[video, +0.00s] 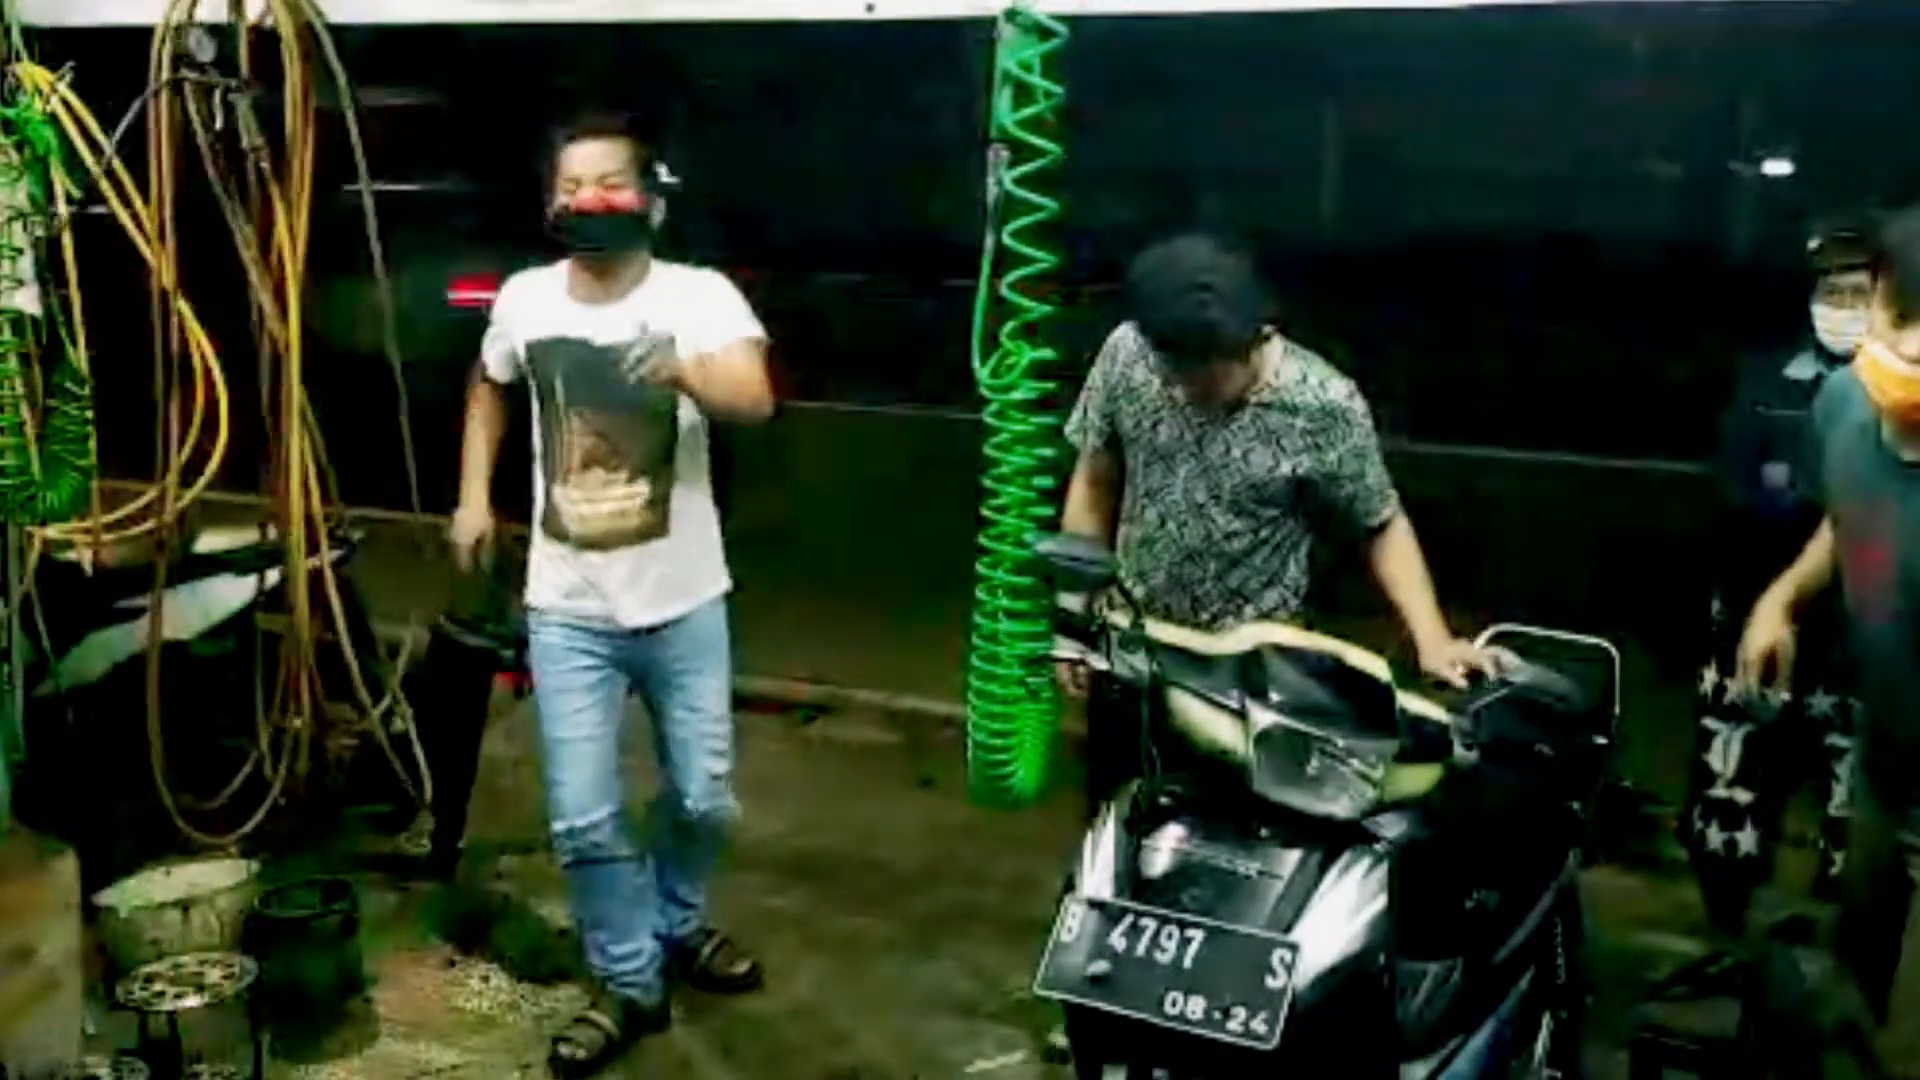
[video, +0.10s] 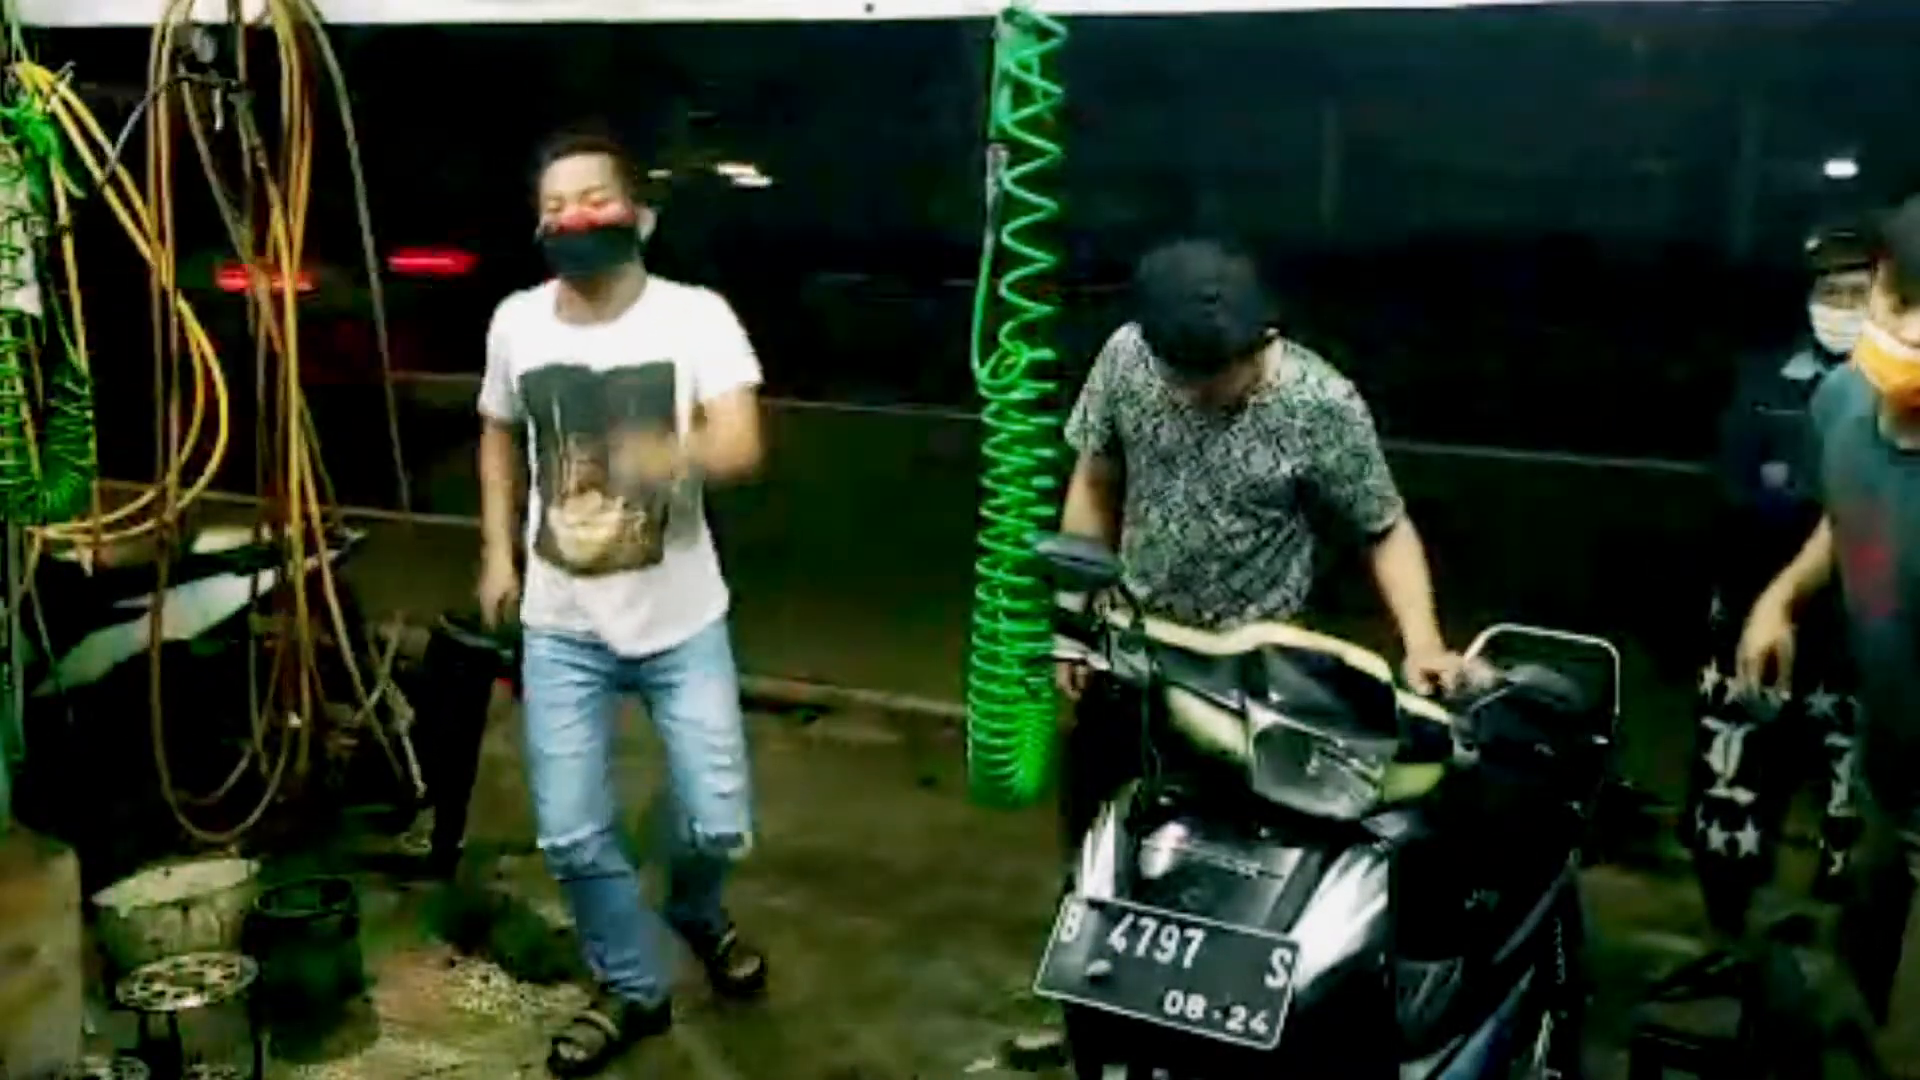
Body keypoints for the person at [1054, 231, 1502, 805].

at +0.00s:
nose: (1194, 385)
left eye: (1211, 368)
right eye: (1179, 368)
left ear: (1253, 341)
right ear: (1156, 346)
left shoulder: (1325, 406)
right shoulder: (1129, 357)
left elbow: (1383, 525)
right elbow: (1094, 482)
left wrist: (1435, 644)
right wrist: (1073, 614)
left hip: (1249, 669)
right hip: (1132, 653)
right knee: (1113, 858)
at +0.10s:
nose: (1206, 390)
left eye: (1222, 372)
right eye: (1191, 373)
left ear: (1260, 341)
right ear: (1163, 349)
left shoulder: (1322, 407)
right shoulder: (1130, 359)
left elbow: (1387, 529)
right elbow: (1093, 484)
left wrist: (1423, 645)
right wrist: (1074, 618)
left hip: (1252, 667)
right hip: (1132, 646)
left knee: (1230, 854)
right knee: (1091, 833)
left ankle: (1231, 1024)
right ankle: (1079, 1018)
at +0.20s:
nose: (1194, 404)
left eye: (1209, 391)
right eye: (1180, 390)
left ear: (1248, 358)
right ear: (1154, 360)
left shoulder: (1321, 411)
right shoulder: (1131, 364)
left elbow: (1388, 535)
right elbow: (1096, 489)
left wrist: (1414, 659)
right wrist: (1074, 618)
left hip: (1249, 666)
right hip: (1132, 646)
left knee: (1237, 840)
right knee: (1070, 811)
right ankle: (1036, 989)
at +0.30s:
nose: (1183, 418)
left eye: (1193, 404)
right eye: (1168, 404)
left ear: (1230, 372)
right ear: (1139, 372)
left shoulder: (1318, 416)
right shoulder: (1135, 371)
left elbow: (1392, 542)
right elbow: (1104, 482)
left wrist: (1416, 673)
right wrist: (1082, 612)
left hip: (1257, 657)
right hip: (1139, 636)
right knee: (1056, 811)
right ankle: (996, 976)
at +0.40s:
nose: (1179, 425)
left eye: (1189, 410)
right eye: (1163, 410)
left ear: (1228, 377)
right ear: (1138, 380)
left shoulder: (1315, 417)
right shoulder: (1134, 380)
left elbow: (1393, 543)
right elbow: (1109, 477)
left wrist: (1416, 673)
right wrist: (1084, 596)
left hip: (1256, 656)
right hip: (1138, 633)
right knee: (1052, 803)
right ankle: (987, 960)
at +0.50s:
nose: (1178, 429)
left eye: (1187, 415)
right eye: (1161, 414)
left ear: (1222, 384)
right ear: (1138, 388)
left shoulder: (1315, 423)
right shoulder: (1132, 384)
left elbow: (1393, 546)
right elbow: (1110, 477)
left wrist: (1414, 670)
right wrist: (1085, 589)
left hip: (1252, 659)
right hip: (1138, 634)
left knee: (1251, 826)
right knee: (1056, 797)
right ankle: (1001, 948)